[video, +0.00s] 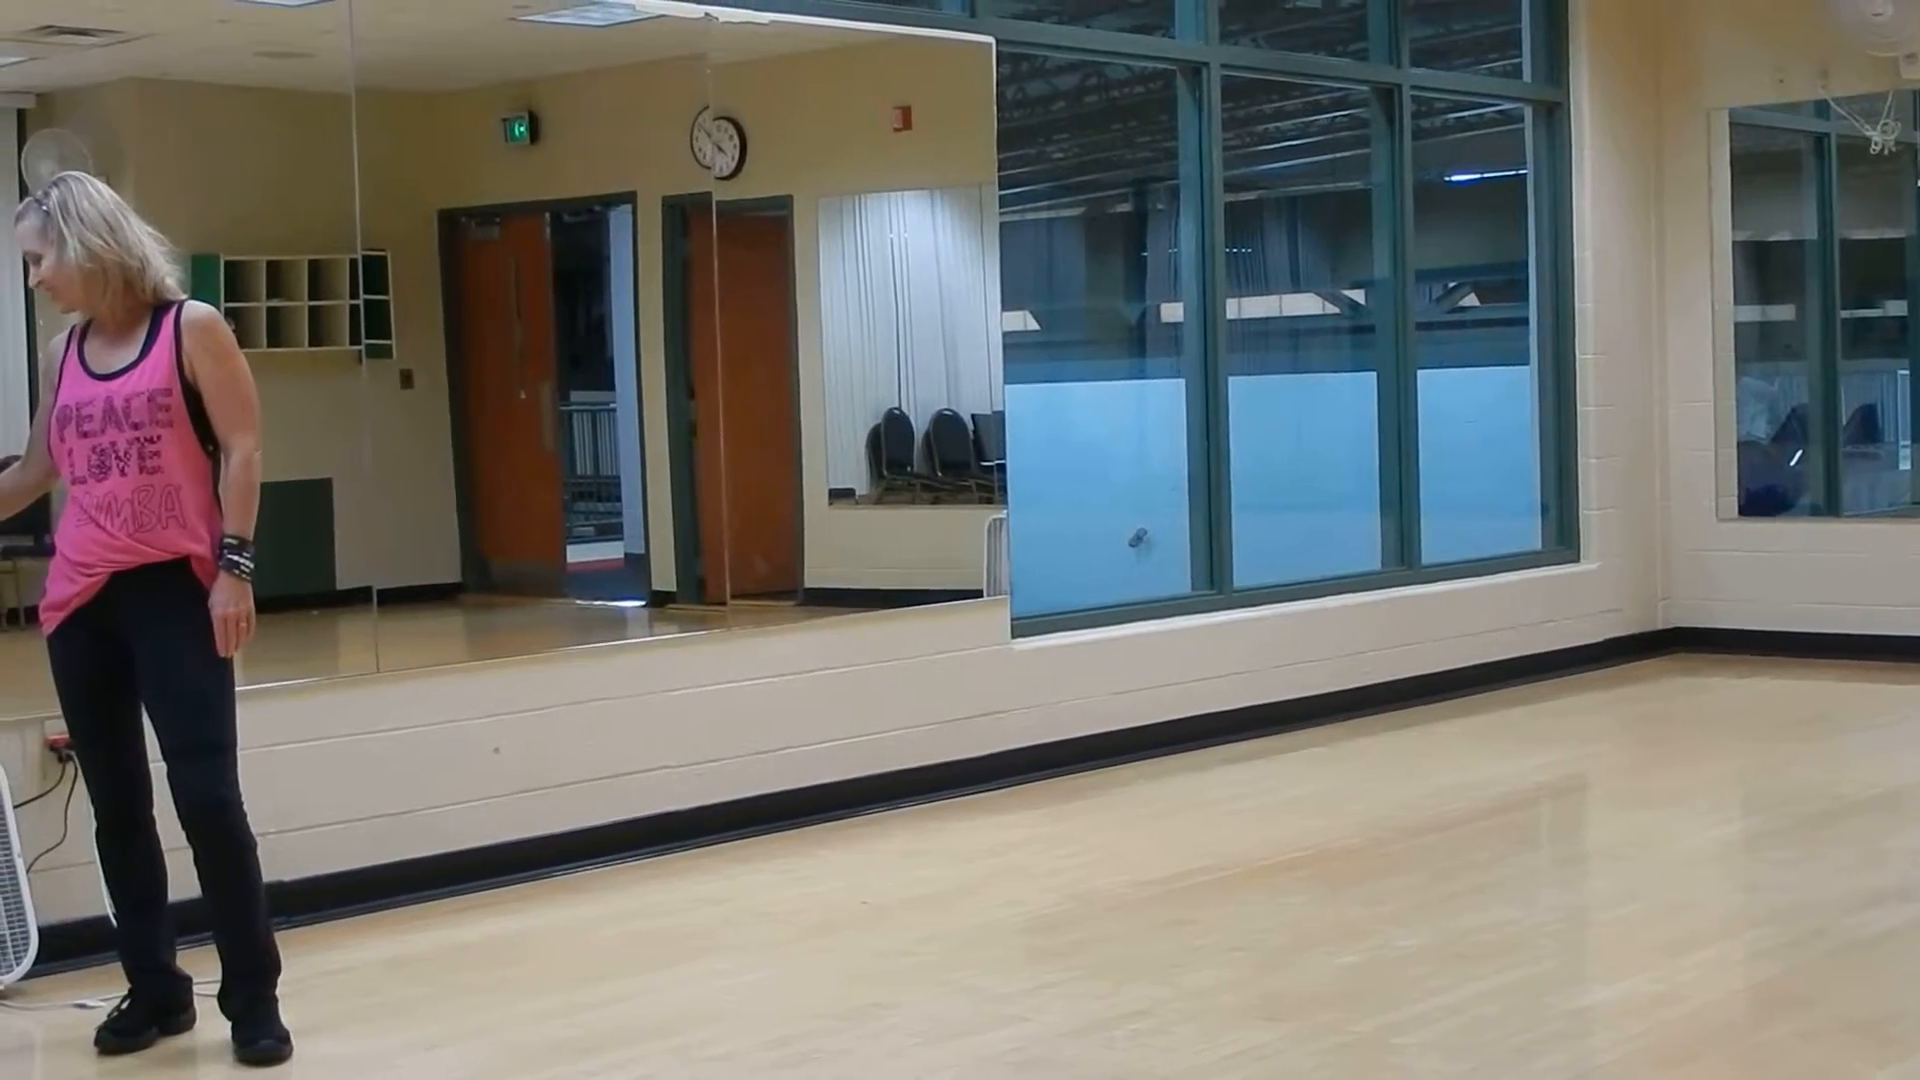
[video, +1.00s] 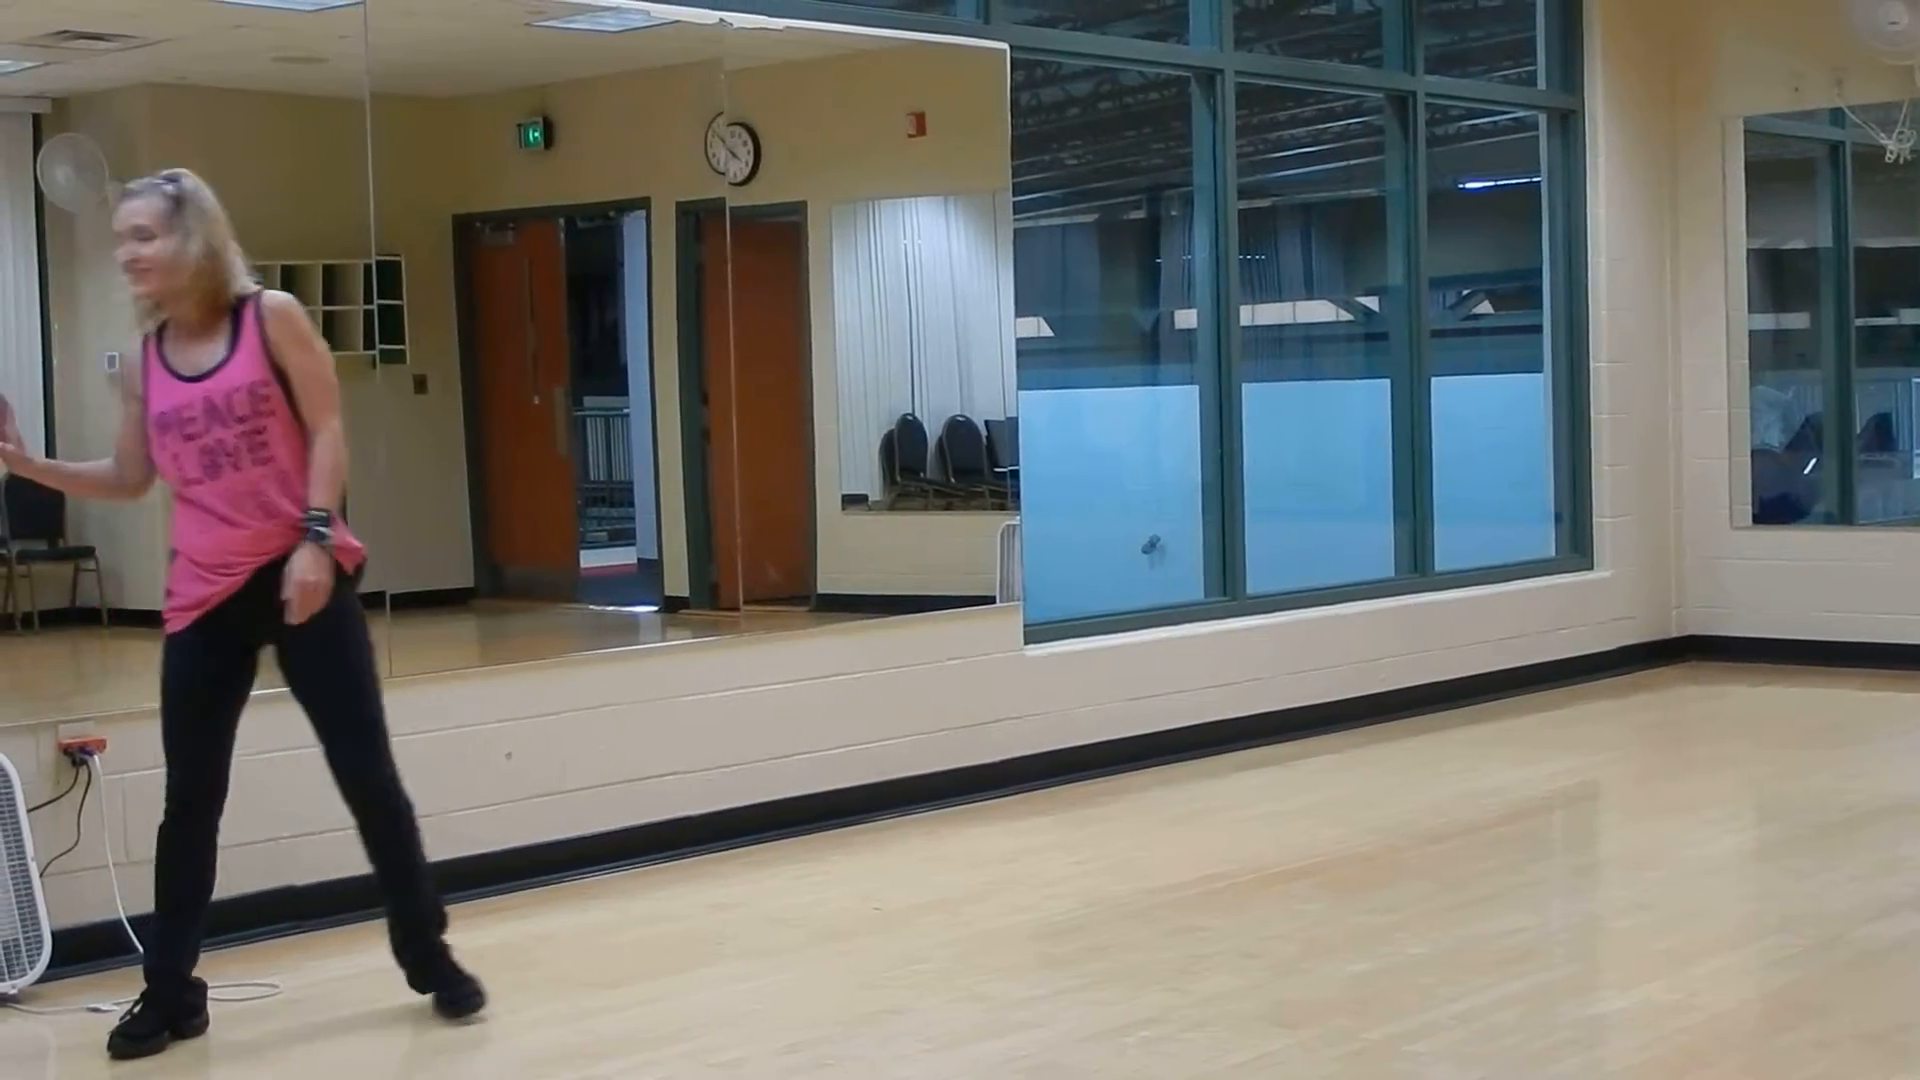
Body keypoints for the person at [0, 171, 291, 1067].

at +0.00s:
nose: (32, 279)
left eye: (39, 258)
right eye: (26, 264)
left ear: (91, 245)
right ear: (68, 260)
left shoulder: (191, 327)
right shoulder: (67, 350)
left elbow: (243, 446)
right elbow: (37, 467)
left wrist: (236, 568)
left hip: (176, 592)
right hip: (81, 602)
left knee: (207, 800)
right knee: (118, 808)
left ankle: (253, 1001)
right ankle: (156, 990)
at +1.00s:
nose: (128, 255)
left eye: (144, 237)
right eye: (122, 241)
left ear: (196, 239)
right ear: (127, 256)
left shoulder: (274, 317)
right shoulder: (143, 358)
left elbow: (327, 426)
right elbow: (130, 479)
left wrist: (318, 539)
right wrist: (29, 464)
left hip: (303, 573)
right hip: (204, 593)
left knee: (369, 778)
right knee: (190, 796)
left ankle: (429, 955)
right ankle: (173, 990)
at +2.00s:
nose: (612, 223)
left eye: (611, 212)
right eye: (590, 218)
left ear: (617, 243)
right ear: (553, 255)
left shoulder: (621, 340)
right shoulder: (551, 356)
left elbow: (634, 472)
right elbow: (537, 482)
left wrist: (652, 568)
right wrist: (544, 599)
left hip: (626, 591)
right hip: (587, 596)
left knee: (631, 774)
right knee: (647, 766)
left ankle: (489, 906)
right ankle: (643, 959)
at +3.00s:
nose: (906, 121)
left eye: (901, 109)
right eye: (890, 111)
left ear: (874, 131)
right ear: (846, 129)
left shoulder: (906, 222)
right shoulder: (806, 223)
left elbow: (950, 324)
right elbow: (759, 332)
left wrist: (1008, 259)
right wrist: (742, 438)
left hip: (904, 445)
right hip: (835, 453)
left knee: (897, 622)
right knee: (896, 621)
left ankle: (885, 785)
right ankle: (842, 779)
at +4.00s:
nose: (816, 115)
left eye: (820, 101)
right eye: (802, 99)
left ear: (815, 110)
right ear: (753, 103)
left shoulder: (818, 195)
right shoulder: (707, 188)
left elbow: (813, 294)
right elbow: (683, 288)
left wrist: (831, 376)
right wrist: (711, 337)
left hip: (789, 432)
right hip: (709, 438)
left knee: (864, 604)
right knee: (711, 634)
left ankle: (834, 723)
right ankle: (710, 816)